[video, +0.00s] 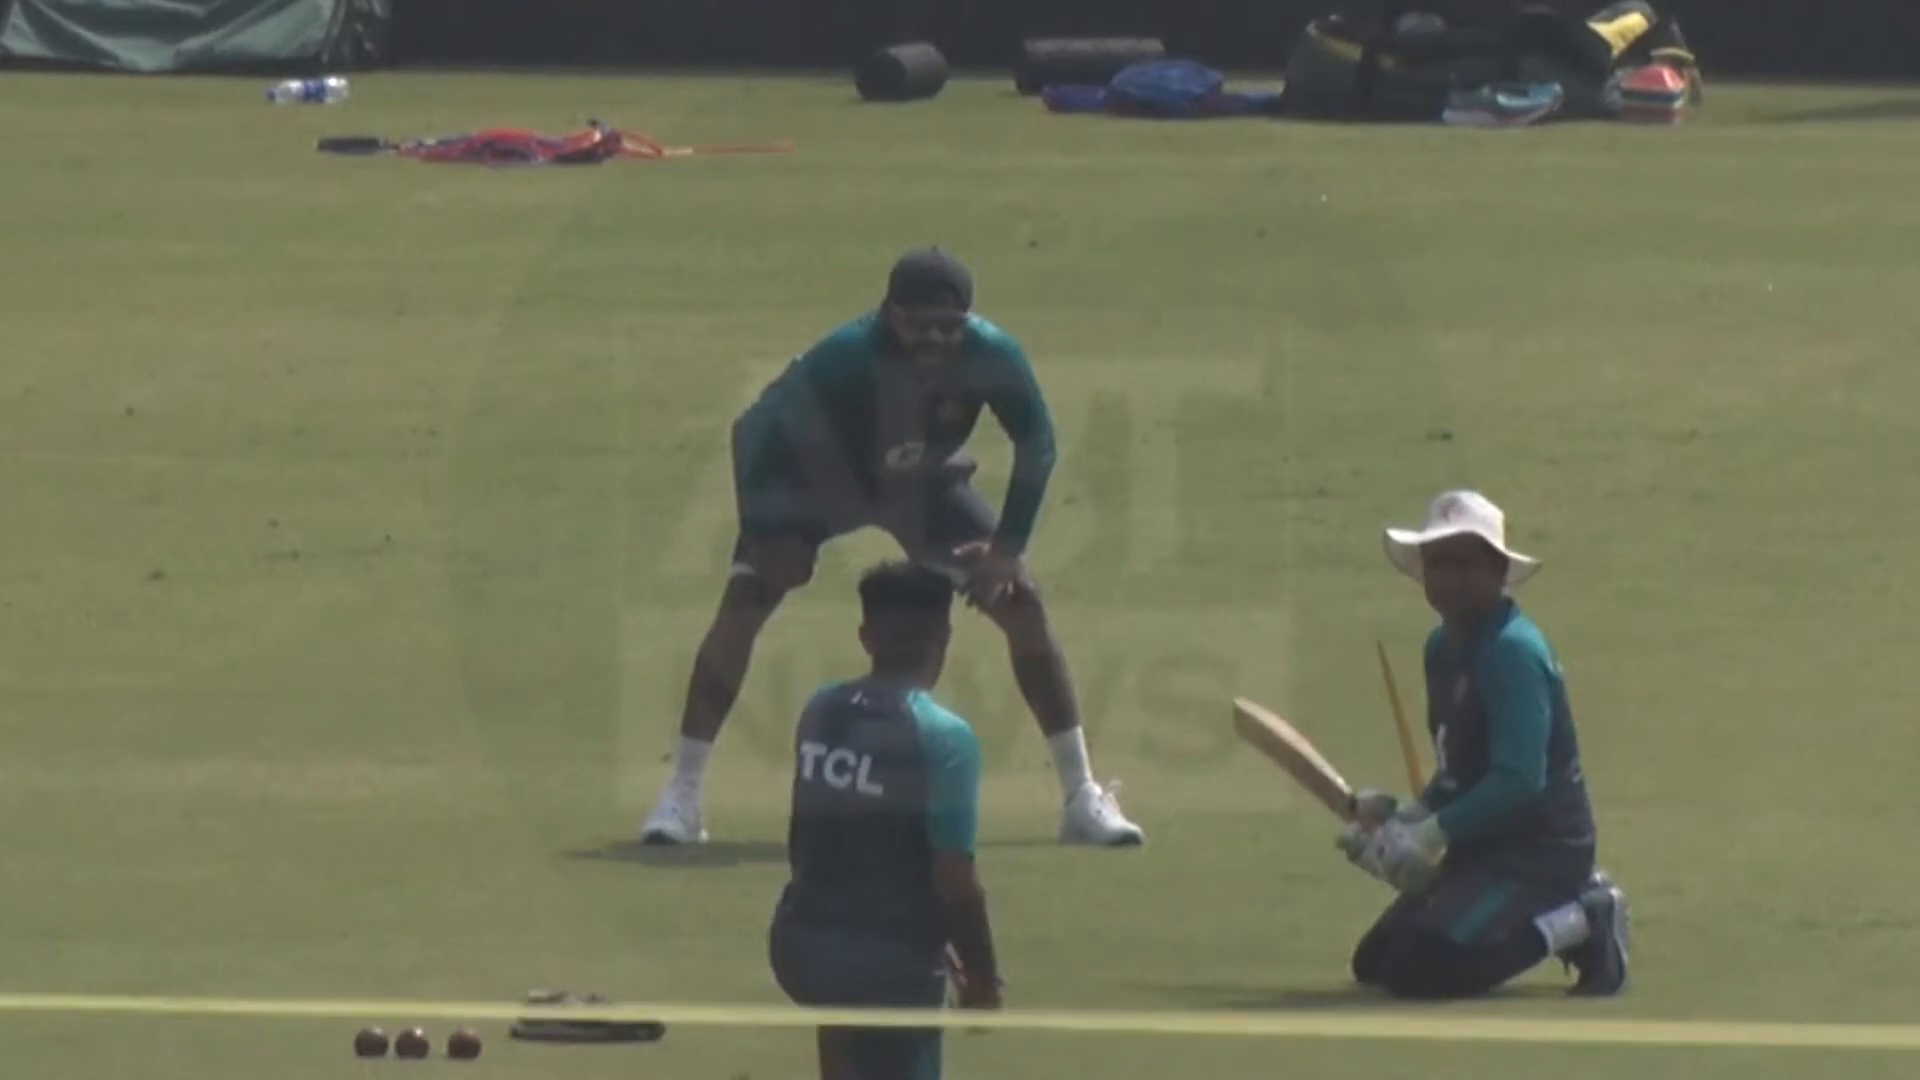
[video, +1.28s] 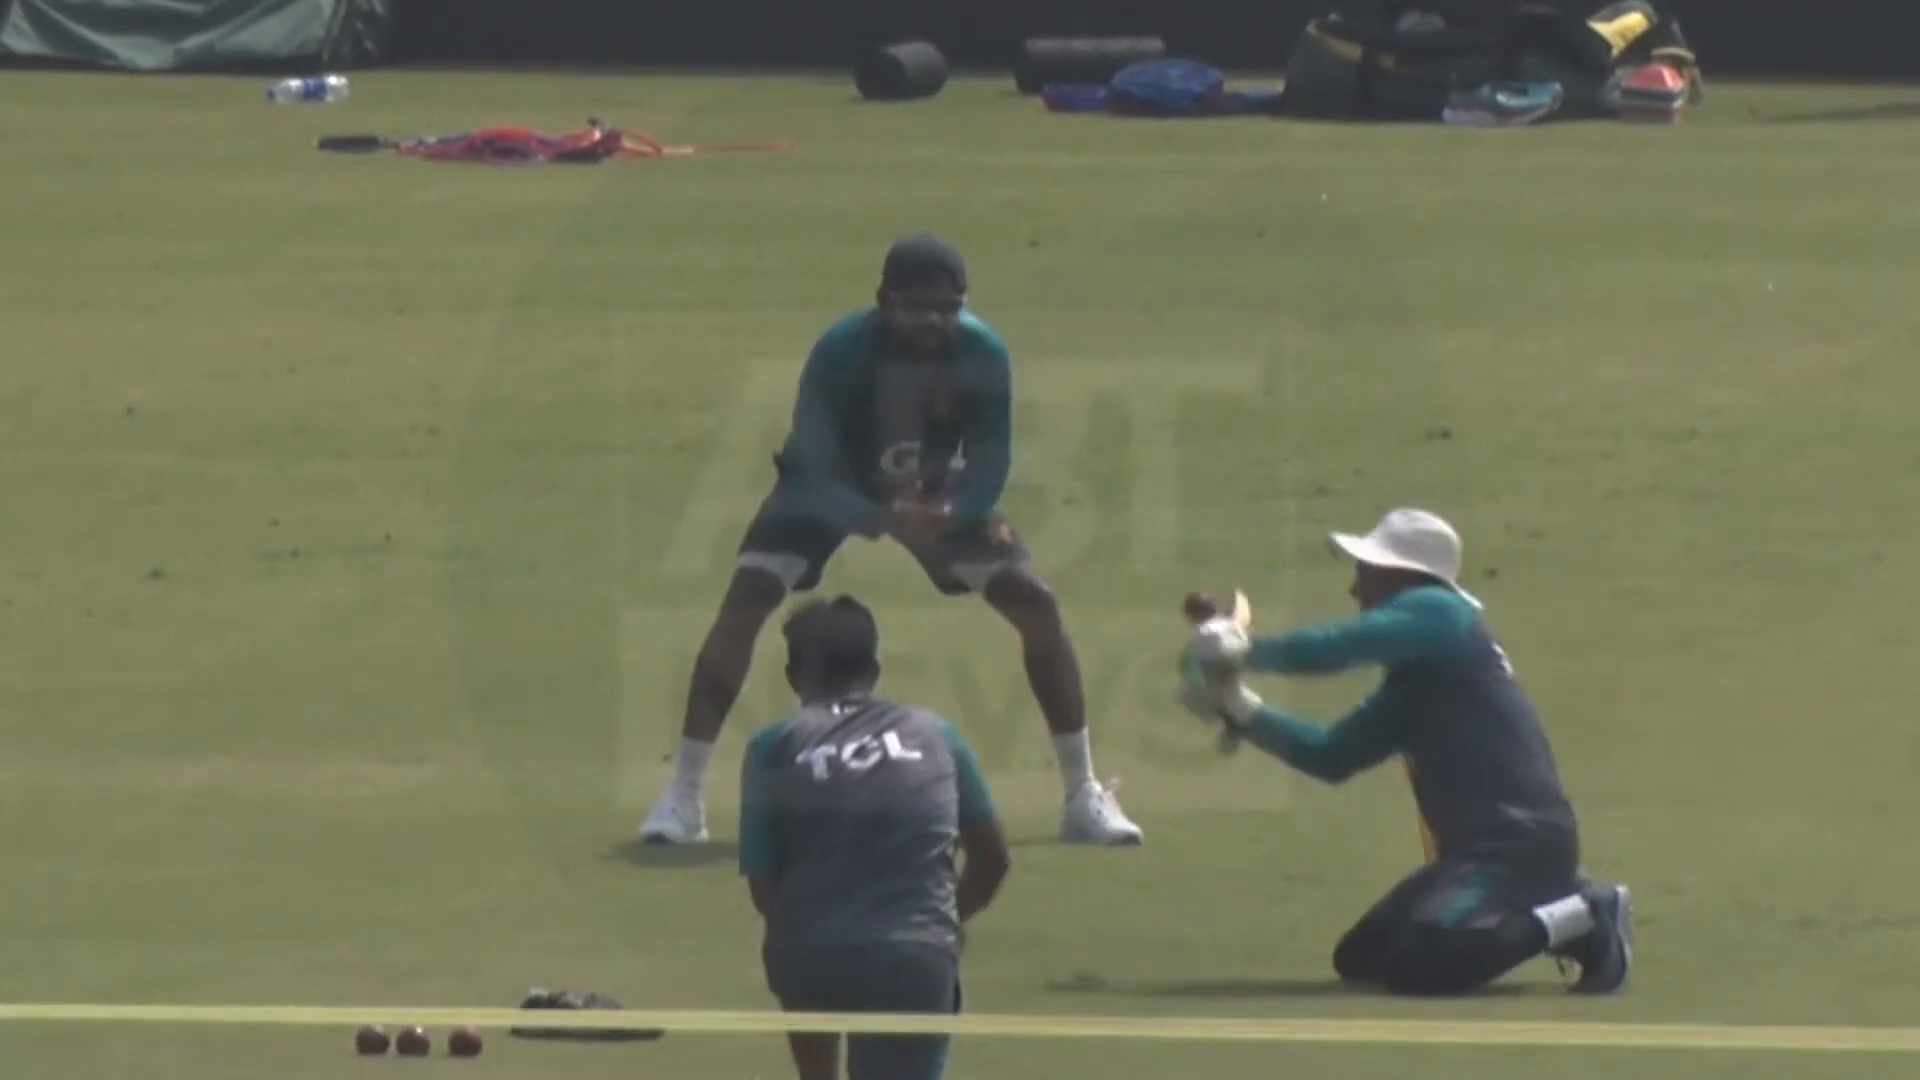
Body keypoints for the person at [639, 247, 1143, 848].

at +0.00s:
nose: (929, 342)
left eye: (943, 329)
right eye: (915, 327)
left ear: (964, 320)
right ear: (889, 315)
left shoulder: (994, 358)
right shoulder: (844, 357)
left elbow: (1037, 444)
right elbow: (755, 429)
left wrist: (1008, 545)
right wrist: (767, 536)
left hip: (922, 485)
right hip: (812, 481)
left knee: (1023, 610)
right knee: (744, 604)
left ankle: (1084, 795)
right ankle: (682, 796)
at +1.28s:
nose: (933, 323)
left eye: (946, 309)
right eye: (918, 310)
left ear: (961, 304)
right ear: (885, 302)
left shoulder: (983, 356)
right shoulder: (840, 352)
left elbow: (990, 462)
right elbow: (814, 475)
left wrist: (955, 518)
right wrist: (887, 522)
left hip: (934, 499)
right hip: (832, 494)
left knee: (1037, 608)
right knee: (747, 599)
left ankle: (1085, 795)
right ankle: (684, 794)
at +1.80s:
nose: (1208, 521)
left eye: (1218, 513)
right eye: (1207, 506)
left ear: (1197, 476)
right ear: (1181, 472)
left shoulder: (1166, 475)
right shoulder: (1094, 470)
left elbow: (1198, 580)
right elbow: (980, 561)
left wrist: (1249, 675)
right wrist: (967, 680)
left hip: (1012, 498)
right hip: (923, 474)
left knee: (1120, 599)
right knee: (826, 632)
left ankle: (1088, 797)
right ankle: (688, 790)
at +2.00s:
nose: (1276, 437)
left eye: (1283, 425)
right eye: (1282, 425)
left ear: (1242, 383)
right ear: (1263, 414)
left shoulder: (1189, 406)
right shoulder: (1178, 424)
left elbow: (1098, 498)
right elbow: (1089, 533)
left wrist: (1073, 558)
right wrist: (1078, 643)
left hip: (1030, 478)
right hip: (951, 455)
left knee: (1126, 603)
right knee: (876, 630)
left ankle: (1089, 798)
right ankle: (716, 776)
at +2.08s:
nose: (1281, 403)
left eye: (1288, 390)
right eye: (1287, 388)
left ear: (1240, 340)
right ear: (1270, 372)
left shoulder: (1179, 363)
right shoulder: (1196, 392)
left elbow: (1086, 459)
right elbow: (1118, 510)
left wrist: (1021, 534)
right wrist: (1124, 619)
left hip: (1032, 469)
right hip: (965, 442)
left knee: (1121, 603)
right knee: (891, 626)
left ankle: (1091, 797)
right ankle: (736, 771)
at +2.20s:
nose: (1275, 354)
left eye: (1278, 341)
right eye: (1280, 341)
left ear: (1228, 299)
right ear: (1267, 336)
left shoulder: (1171, 326)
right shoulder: (1202, 357)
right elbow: (1147, 480)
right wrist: (1158, 599)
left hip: (1035, 458)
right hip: (972, 441)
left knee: (1114, 599)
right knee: (922, 621)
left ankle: (1088, 798)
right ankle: (760, 771)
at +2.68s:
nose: (1172, 249)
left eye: (1175, 235)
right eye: (1170, 233)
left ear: (1118, 219)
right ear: (1142, 229)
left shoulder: (1088, 288)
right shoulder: (1065, 272)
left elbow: (1037, 402)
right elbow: (1005, 392)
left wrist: (1053, 498)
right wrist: (1036, 502)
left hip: (984, 438)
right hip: (913, 428)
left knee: (1070, 600)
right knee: (884, 603)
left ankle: (1085, 796)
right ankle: (799, 758)